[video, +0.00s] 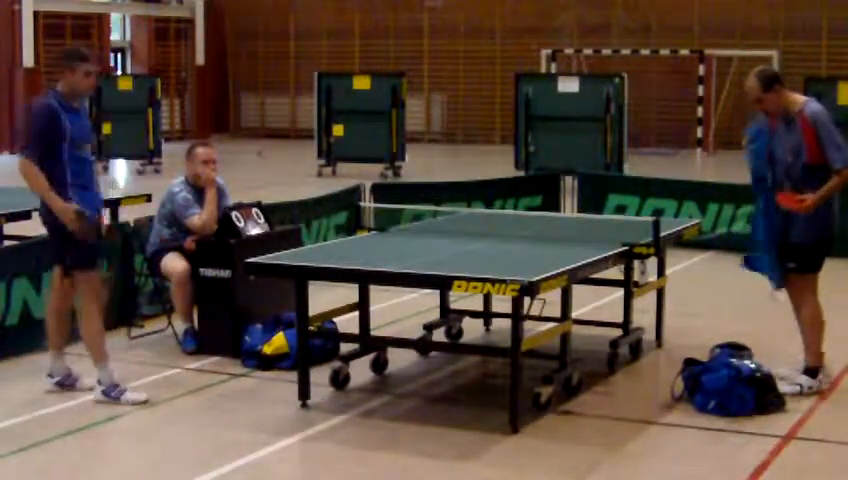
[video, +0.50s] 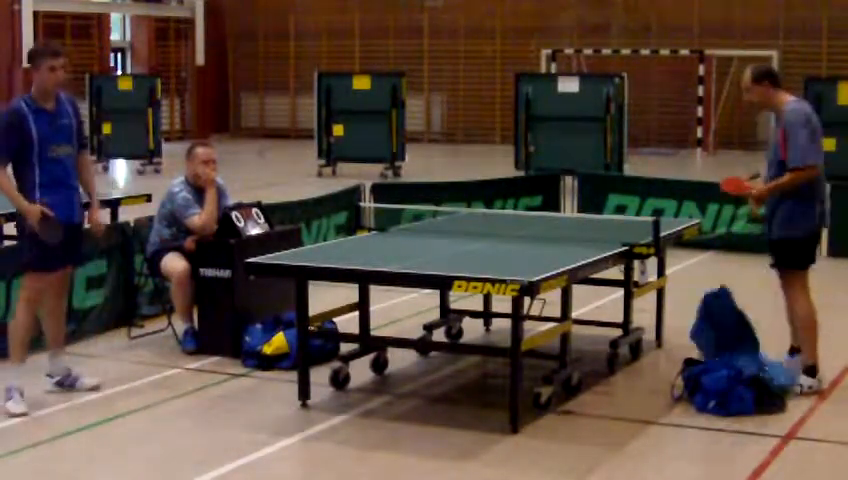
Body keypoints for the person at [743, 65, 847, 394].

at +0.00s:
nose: (759, 109)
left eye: (760, 101)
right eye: (755, 103)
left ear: (776, 91)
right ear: (763, 97)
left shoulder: (812, 115)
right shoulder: (771, 121)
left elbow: (842, 168)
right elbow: (768, 174)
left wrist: (816, 198)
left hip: (808, 215)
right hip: (779, 214)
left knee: (804, 289)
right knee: (794, 288)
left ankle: (813, 370)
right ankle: (812, 361)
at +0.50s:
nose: (746, 98)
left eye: (748, 91)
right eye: (745, 91)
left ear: (765, 86)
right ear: (766, 85)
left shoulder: (796, 115)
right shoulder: (783, 116)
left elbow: (806, 169)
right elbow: (785, 168)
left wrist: (765, 190)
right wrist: (758, 183)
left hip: (798, 220)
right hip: (785, 217)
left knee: (797, 289)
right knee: (790, 287)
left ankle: (811, 371)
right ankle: (796, 355)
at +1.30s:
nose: (731, 94)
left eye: (731, 90)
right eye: (731, 90)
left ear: (737, 87)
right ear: (759, 84)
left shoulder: (734, 116)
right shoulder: (788, 113)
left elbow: (727, 164)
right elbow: (802, 159)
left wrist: (715, 169)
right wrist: (779, 163)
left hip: (744, 209)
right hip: (778, 208)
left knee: (738, 274)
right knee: (775, 273)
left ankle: (735, 336)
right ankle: (789, 337)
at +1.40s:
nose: (723, 91)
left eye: (722, 87)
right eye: (724, 86)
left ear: (727, 84)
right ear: (750, 80)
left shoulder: (726, 112)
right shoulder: (776, 108)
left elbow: (712, 162)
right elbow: (797, 154)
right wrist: (769, 161)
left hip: (738, 203)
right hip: (772, 202)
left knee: (735, 269)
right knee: (765, 265)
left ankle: (735, 335)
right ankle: (782, 315)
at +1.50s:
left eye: (722, 81)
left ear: (723, 81)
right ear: (747, 78)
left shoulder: (715, 111)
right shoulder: (771, 106)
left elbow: (704, 159)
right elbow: (793, 151)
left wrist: (726, 149)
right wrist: (770, 163)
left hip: (731, 199)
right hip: (765, 198)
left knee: (732, 263)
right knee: (758, 256)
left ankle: (736, 333)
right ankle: (768, 306)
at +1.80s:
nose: (705, 90)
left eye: (705, 86)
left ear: (708, 86)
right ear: (731, 83)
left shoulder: (700, 114)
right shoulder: (754, 109)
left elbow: (689, 153)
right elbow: (776, 147)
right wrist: (770, 174)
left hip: (716, 197)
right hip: (747, 195)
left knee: (724, 256)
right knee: (740, 253)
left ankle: (732, 318)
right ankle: (731, 309)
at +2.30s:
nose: (680, 87)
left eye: (681, 83)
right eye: (682, 83)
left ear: (685, 82)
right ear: (705, 79)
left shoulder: (682, 107)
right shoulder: (727, 106)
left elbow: (670, 146)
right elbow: (738, 140)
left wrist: (674, 158)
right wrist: (714, 150)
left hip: (685, 192)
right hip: (717, 193)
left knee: (679, 249)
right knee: (715, 250)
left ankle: (675, 305)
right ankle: (723, 311)